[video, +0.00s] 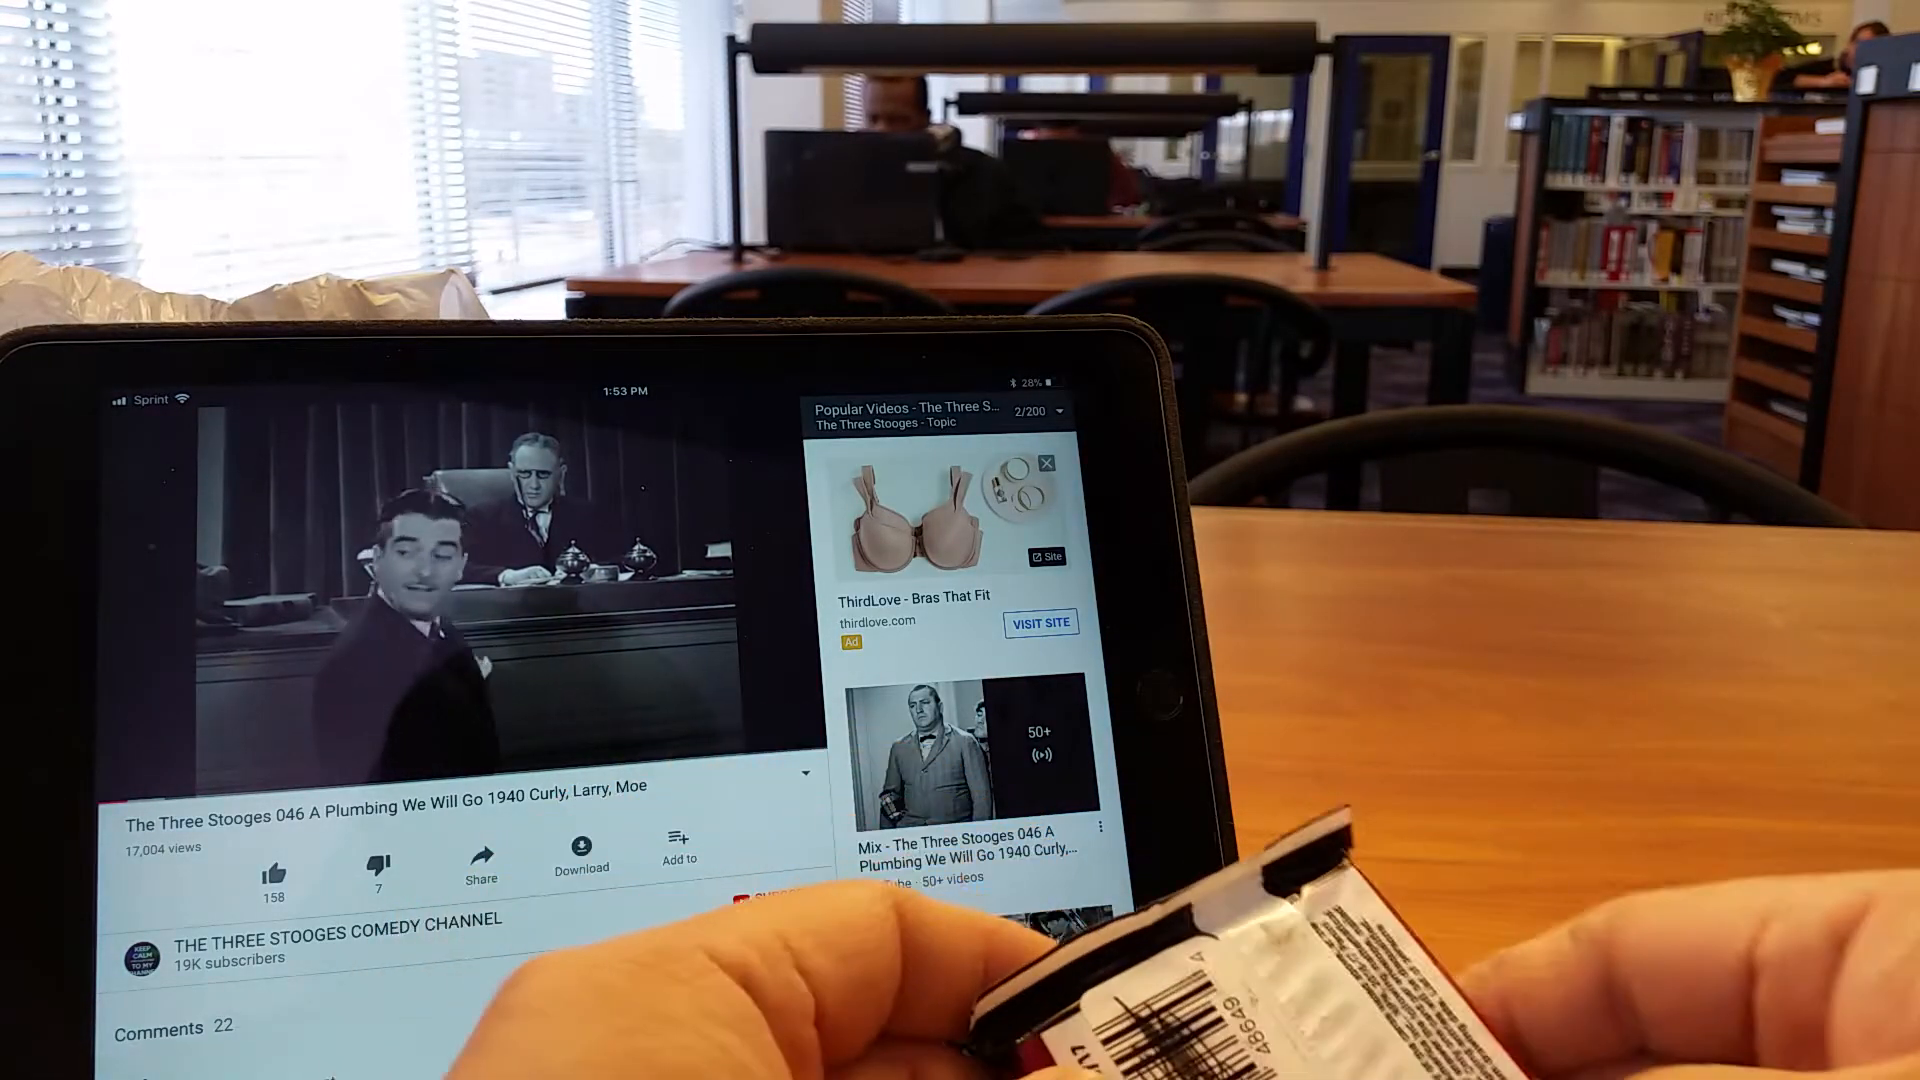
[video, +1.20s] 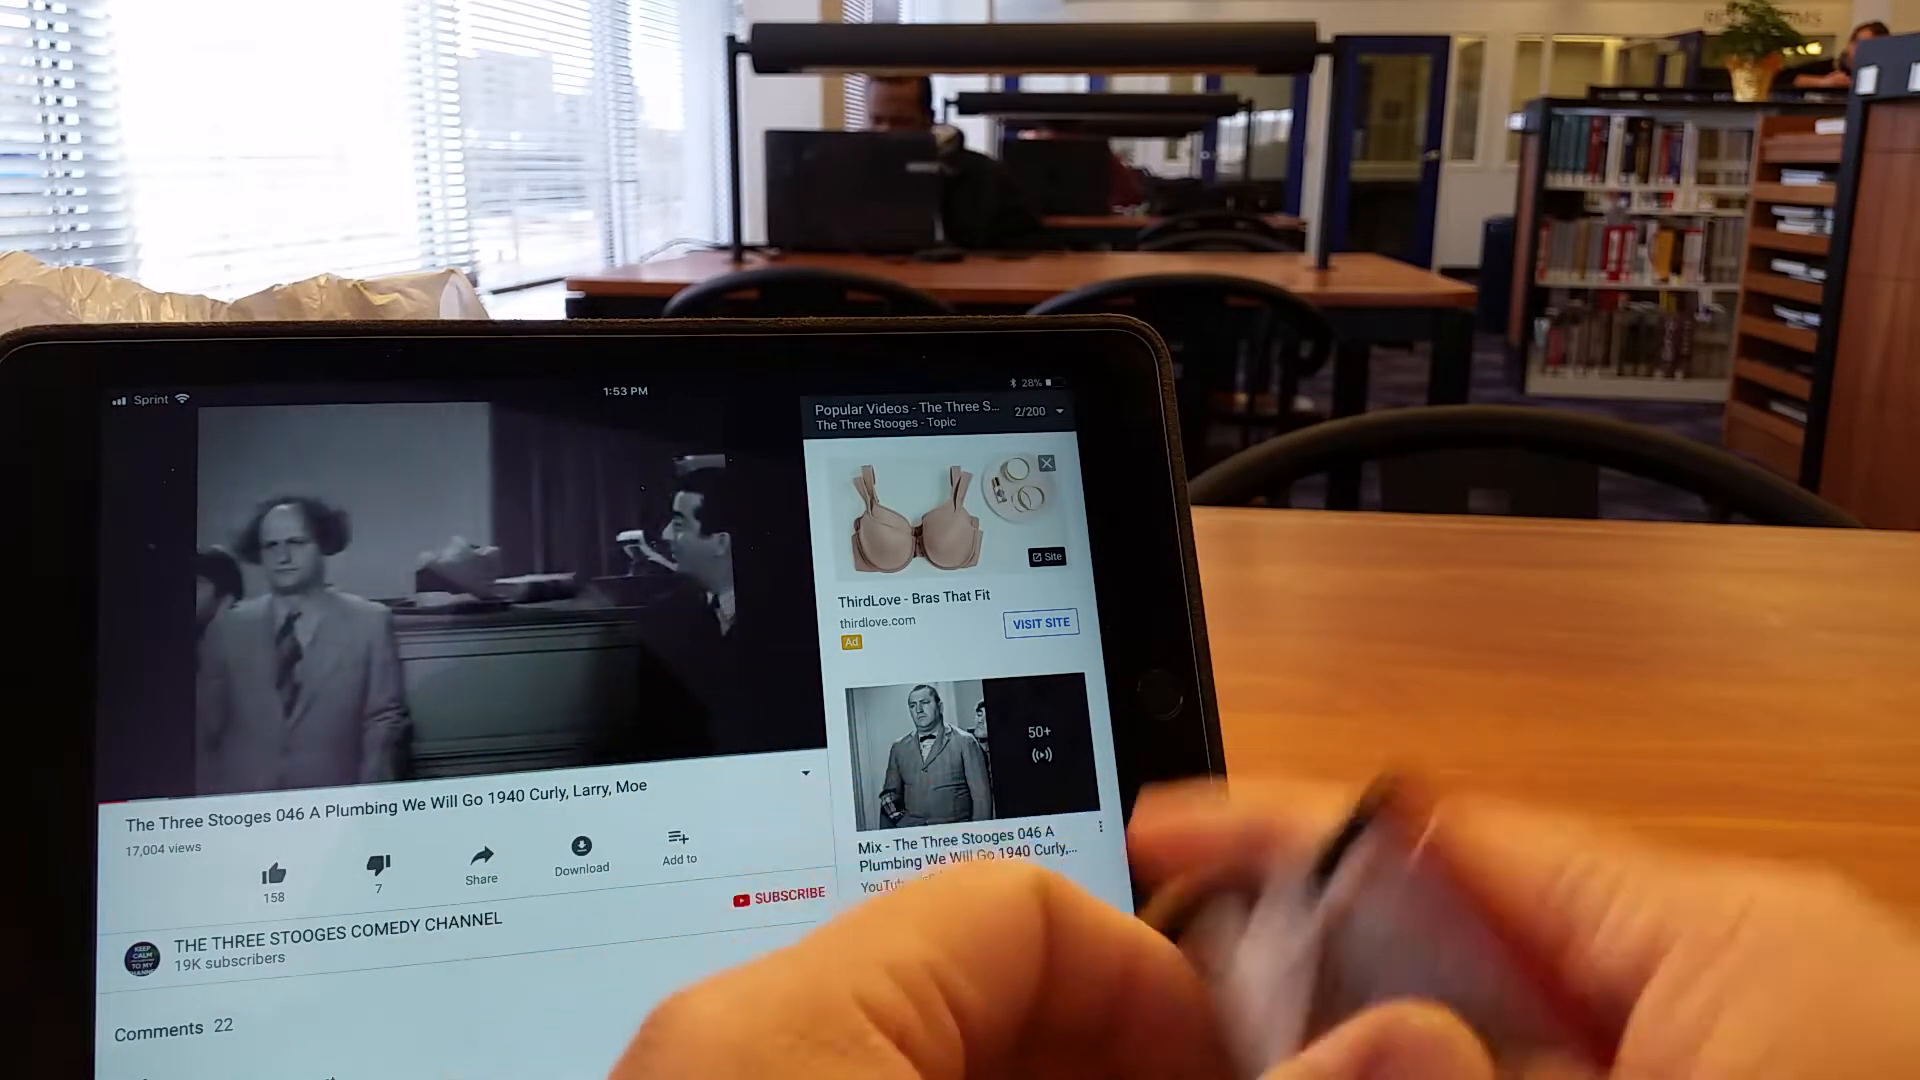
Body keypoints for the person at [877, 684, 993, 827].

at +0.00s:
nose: (919, 709)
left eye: (925, 703)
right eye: (913, 705)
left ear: (939, 706)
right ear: (909, 711)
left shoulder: (964, 742)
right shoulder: (899, 748)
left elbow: (981, 795)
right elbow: (890, 795)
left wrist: (979, 835)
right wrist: (887, 839)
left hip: (955, 832)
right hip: (910, 836)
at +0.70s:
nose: (919, 710)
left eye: (925, 703)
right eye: (913, 705)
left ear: (939, 707)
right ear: (909, 711)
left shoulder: (964, 742)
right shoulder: (899, 748)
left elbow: (981, 795)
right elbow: (890, 796)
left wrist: (979, 835)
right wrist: (886, 838)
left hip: (955, 831)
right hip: (910, 835)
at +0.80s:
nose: (919, 710)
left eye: (925, 703)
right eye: (913, 705)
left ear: (940, 707)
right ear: (910, 711)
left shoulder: (965, 743)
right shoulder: (899, 749)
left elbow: (982, 796)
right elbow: (890, 795)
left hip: (956, 821)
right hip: (914, 824)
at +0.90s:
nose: (918, 709)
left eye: (925, 703)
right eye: (913, 705)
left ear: (939, 707)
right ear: (909, 711)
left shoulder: (964, 742)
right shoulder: (899, 749)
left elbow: (980, 794)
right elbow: (891, 794)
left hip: (956, 821)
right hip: (915, 825)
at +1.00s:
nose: (919, 710)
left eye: (925, 703)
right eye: (913, 705)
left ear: (939, 707)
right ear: (909, 711)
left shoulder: (964, 742)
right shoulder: (899, 748)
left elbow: (981, 794)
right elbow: (890, 793)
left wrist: (979, 834)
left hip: (956, 832)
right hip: (910, 835)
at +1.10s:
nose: (919, 710)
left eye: (925, 703)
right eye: (913, 706)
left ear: (940, 707)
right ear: (910, 712)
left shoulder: (964, 742)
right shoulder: (899, 749)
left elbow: (981, 796)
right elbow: (892, 797)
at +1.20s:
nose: (919, 709)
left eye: (925, 703)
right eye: (913, 705)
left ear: (939, 707)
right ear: (909, 711)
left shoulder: (964, 742)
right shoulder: (899, 748)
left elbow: (981, 795)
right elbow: (891, 791)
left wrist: (979, 835)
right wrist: (889, 801)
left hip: (955, 831)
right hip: (911, 834)